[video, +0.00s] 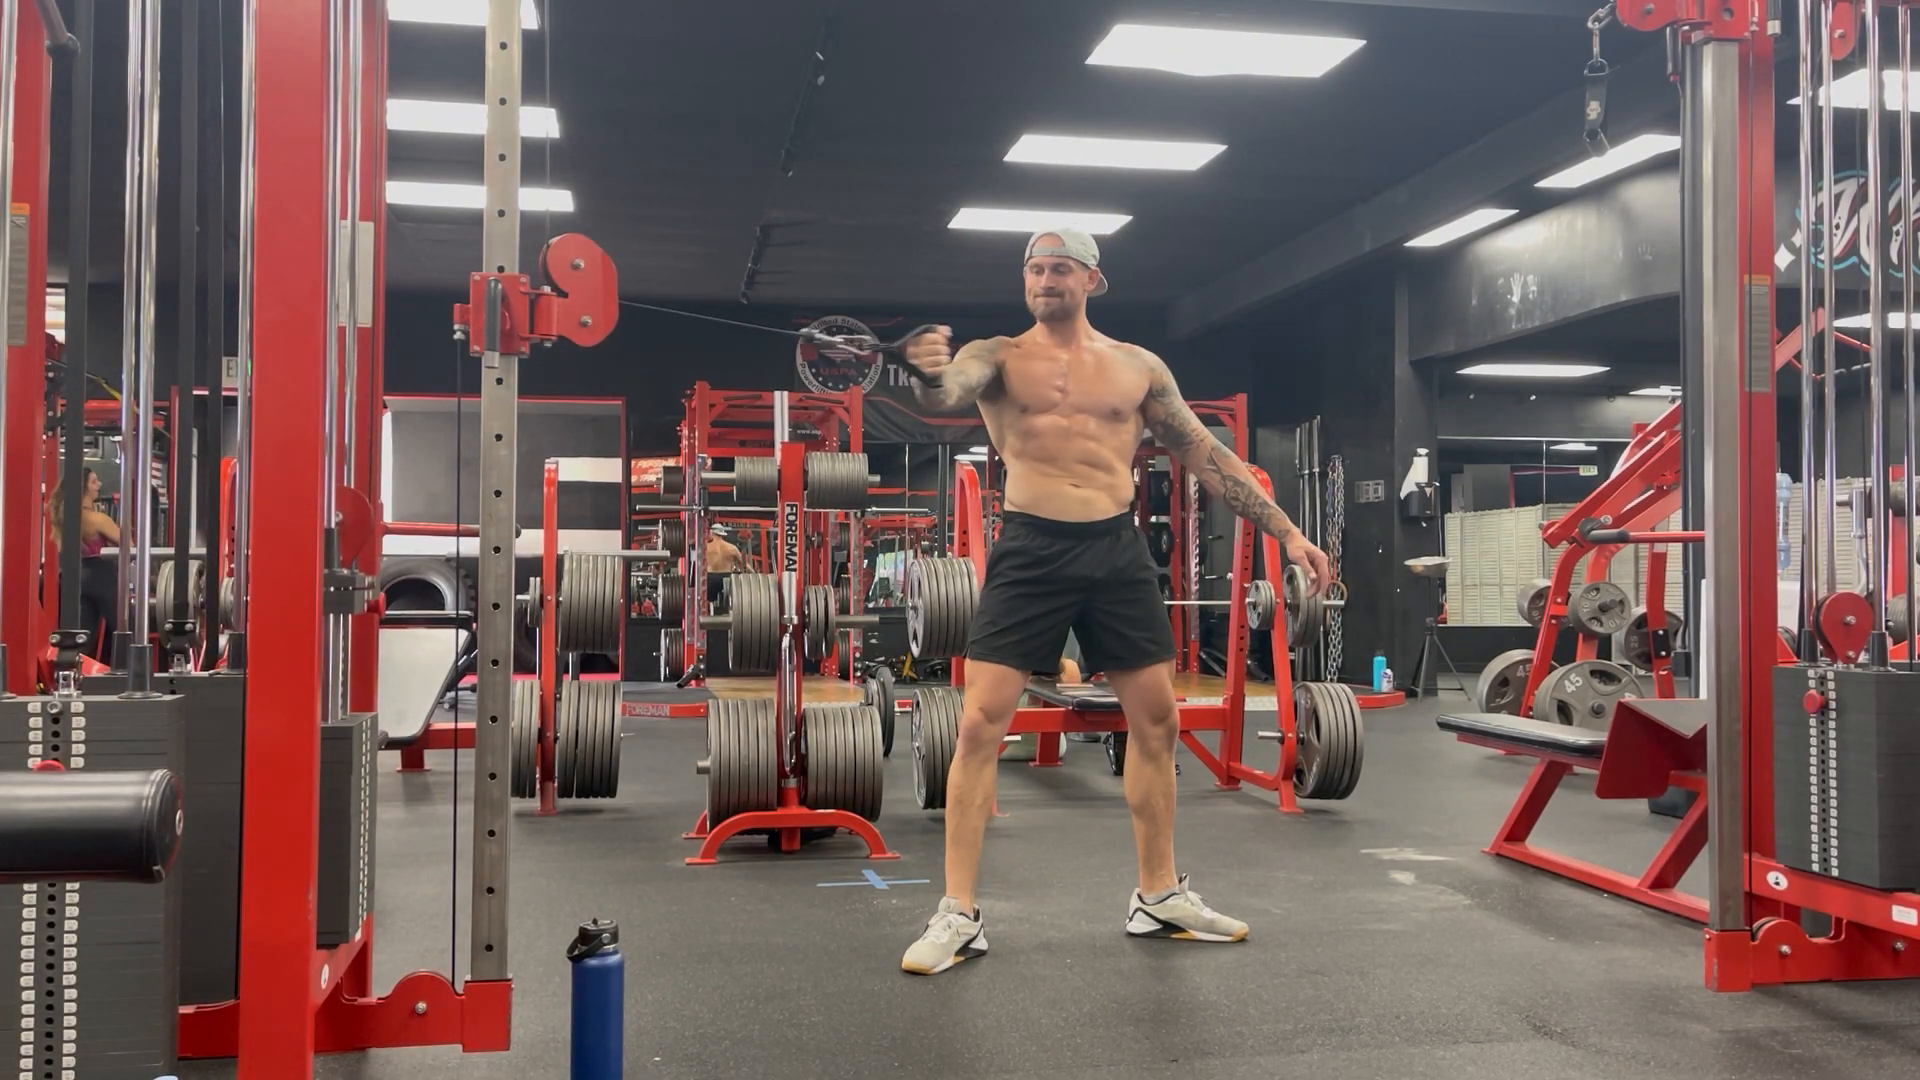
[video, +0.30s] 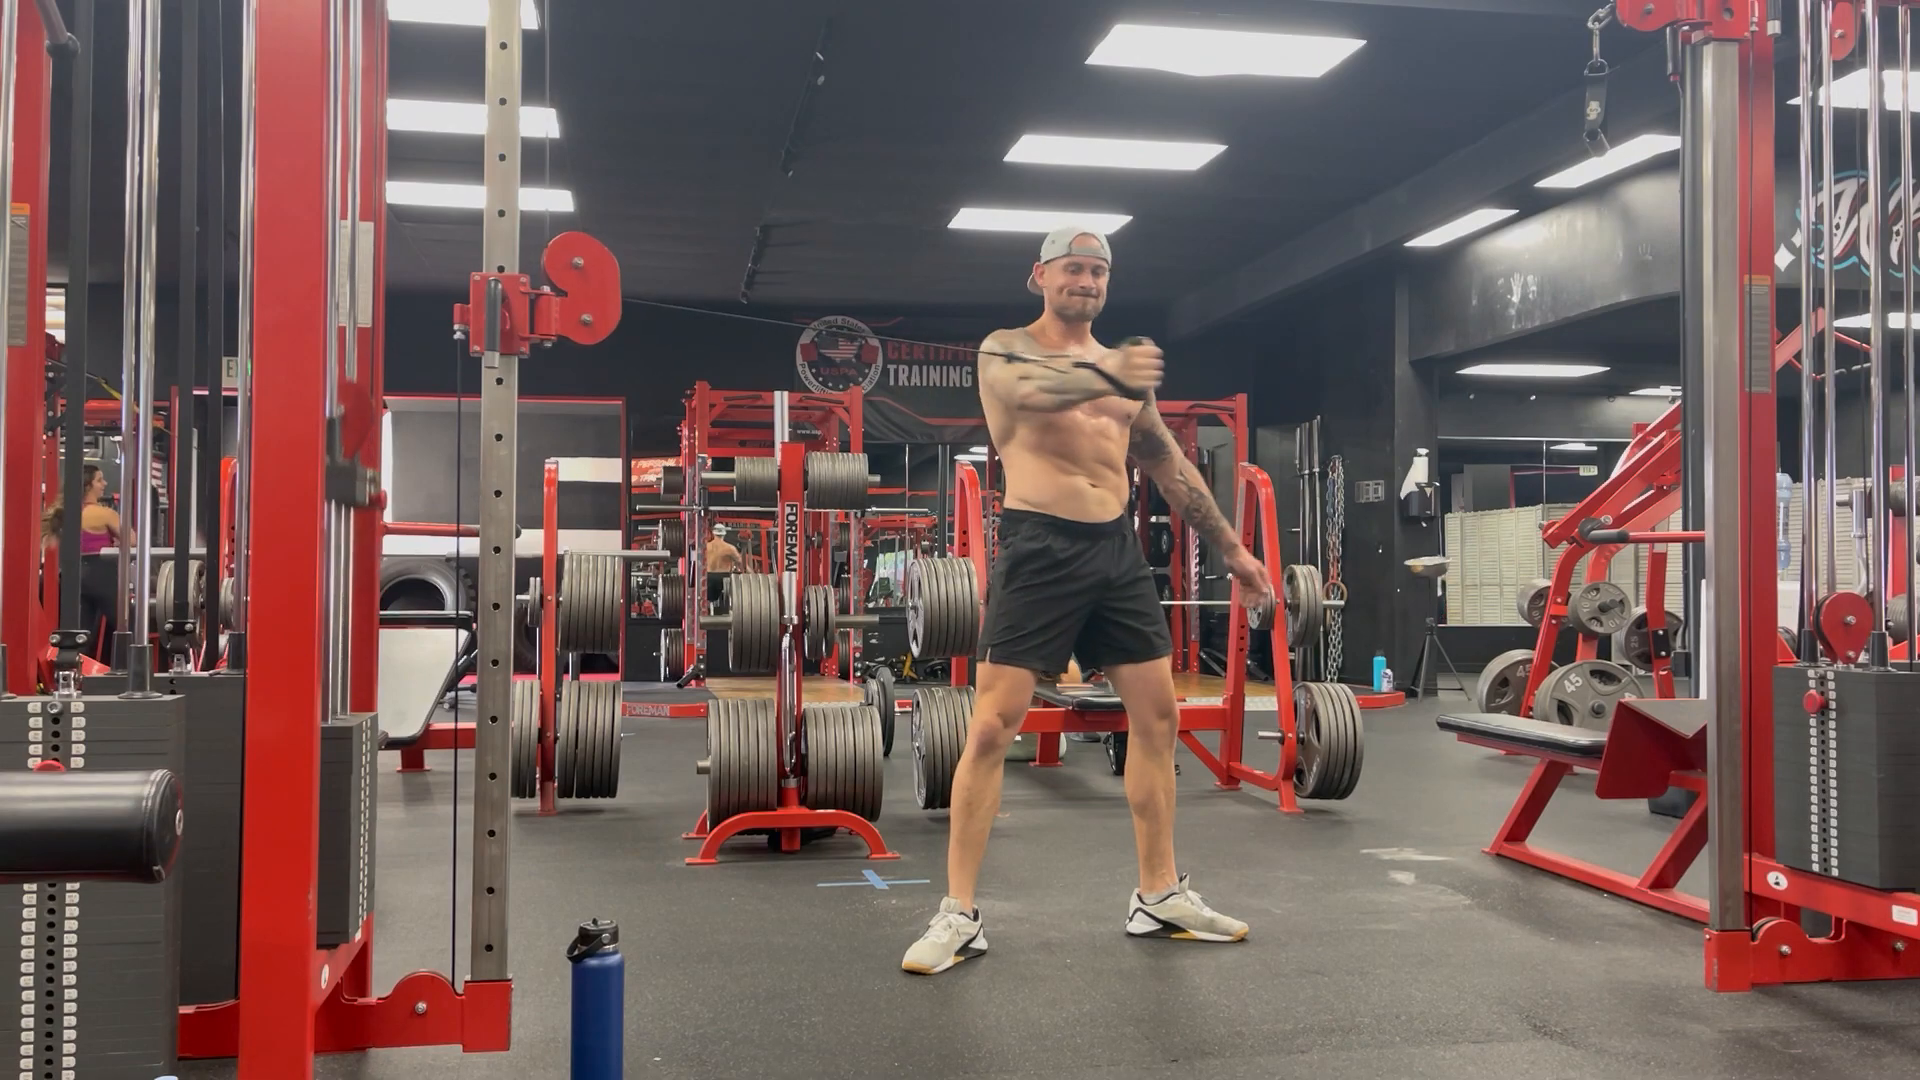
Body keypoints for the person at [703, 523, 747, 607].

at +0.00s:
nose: (709, 534)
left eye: (710, 532)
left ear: (712, 533)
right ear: (722, 535)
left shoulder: (706, 547)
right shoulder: (731, 548)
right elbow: (742, 563)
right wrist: (753, 573)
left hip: (711, 574)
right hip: (726, 574)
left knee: (708, 601)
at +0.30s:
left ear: (713, 533)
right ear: (724, 534)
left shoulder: (708, 546)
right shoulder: (729, 548)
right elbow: (739, 560)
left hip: (711, 573)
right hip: (725, 574)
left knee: (711, 601)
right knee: (724, 602)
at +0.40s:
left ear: (714, 534)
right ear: (724, 535)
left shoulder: (708, 546)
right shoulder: (728, 548)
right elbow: (738, 563)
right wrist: (738, 571)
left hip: (710, 573)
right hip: (723, 573)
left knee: (710, 600)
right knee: (723, 601)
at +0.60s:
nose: (727, 535)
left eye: (726, 533)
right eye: (726, 534)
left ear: (715, 534)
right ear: (724, 535)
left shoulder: (709, 545)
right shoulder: (724, 548)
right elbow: (733, 564)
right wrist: (740, 575)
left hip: (710, 573)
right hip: (722, 573)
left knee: (712, 600)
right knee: (723, 602)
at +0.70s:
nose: (727, 535)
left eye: (727, 533)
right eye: (726, 533)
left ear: (715, 534)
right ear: (723, 534)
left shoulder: (709, 545)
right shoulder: (722, 548)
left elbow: (728, 554)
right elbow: (730, 565)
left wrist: (743, 556)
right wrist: (736, 572)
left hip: (710, 572)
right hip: (720, 573)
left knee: (712, 599)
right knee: (722, 601)